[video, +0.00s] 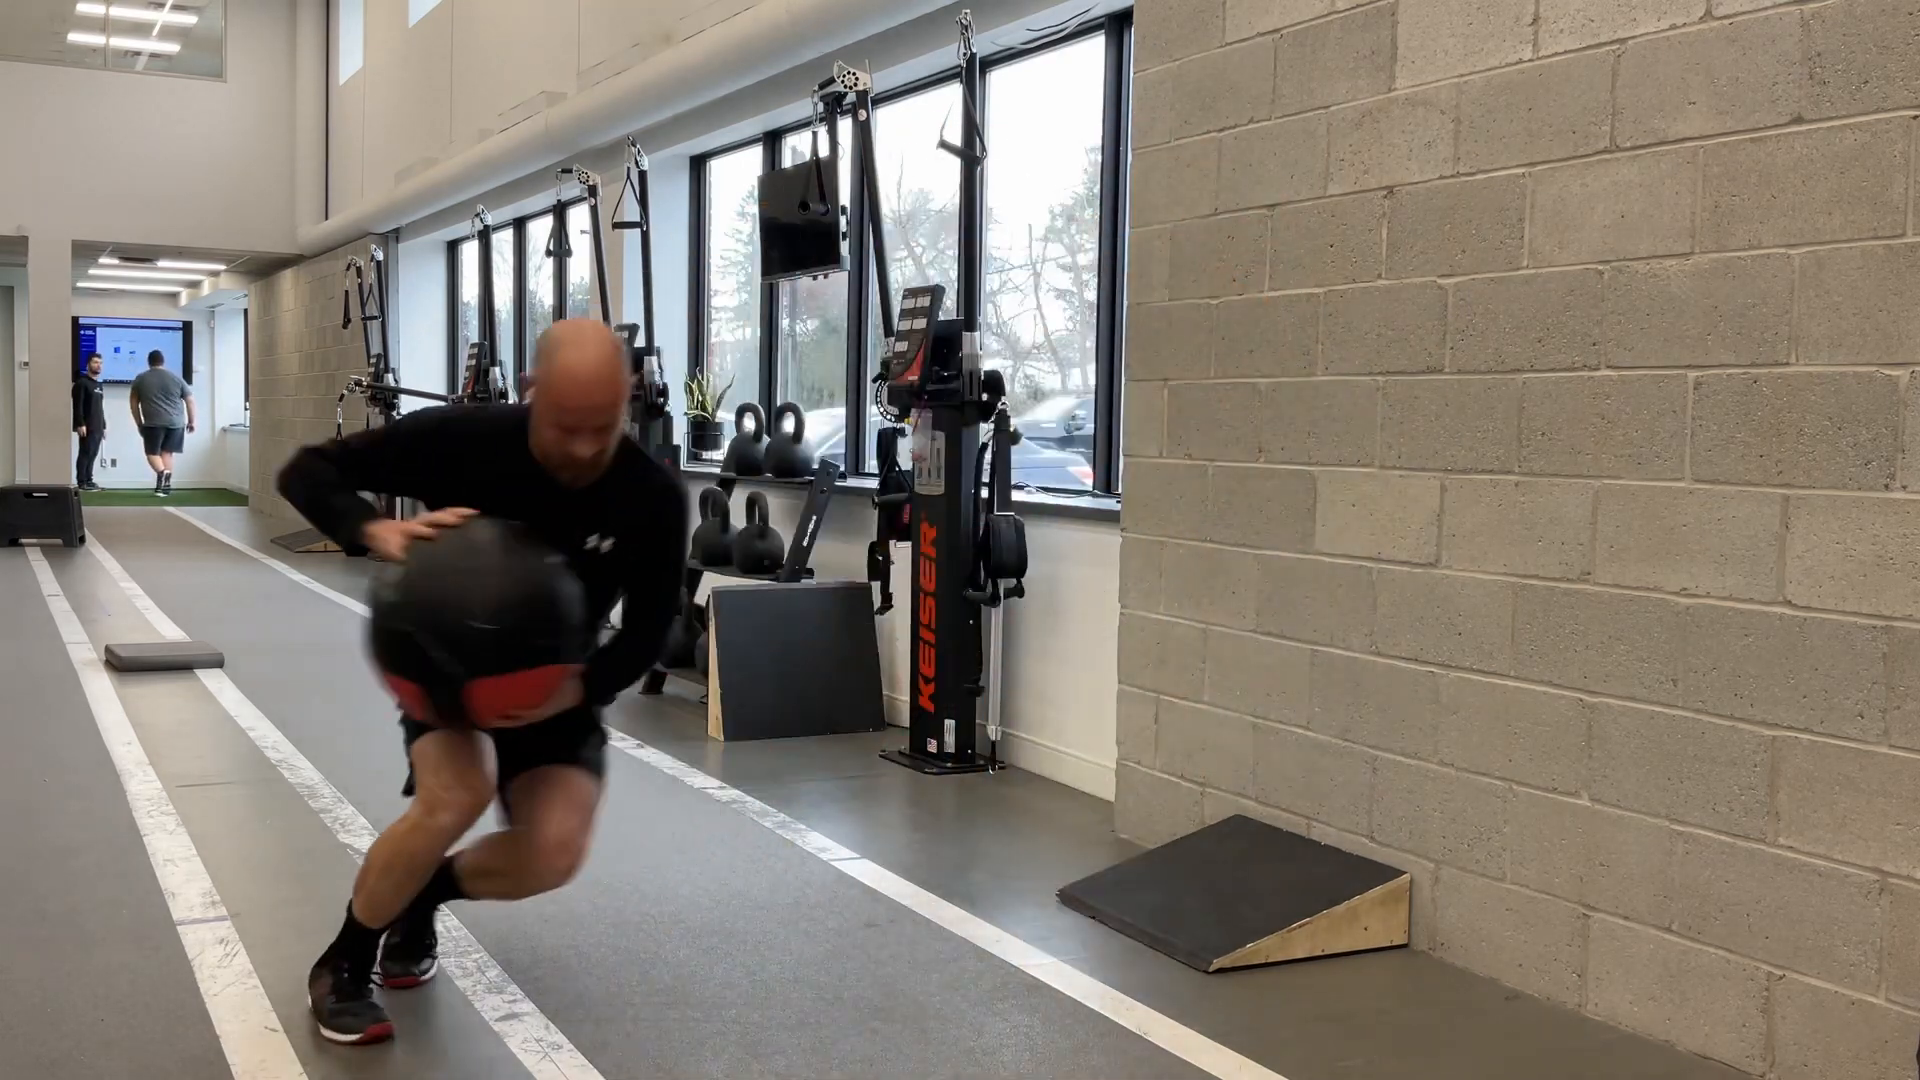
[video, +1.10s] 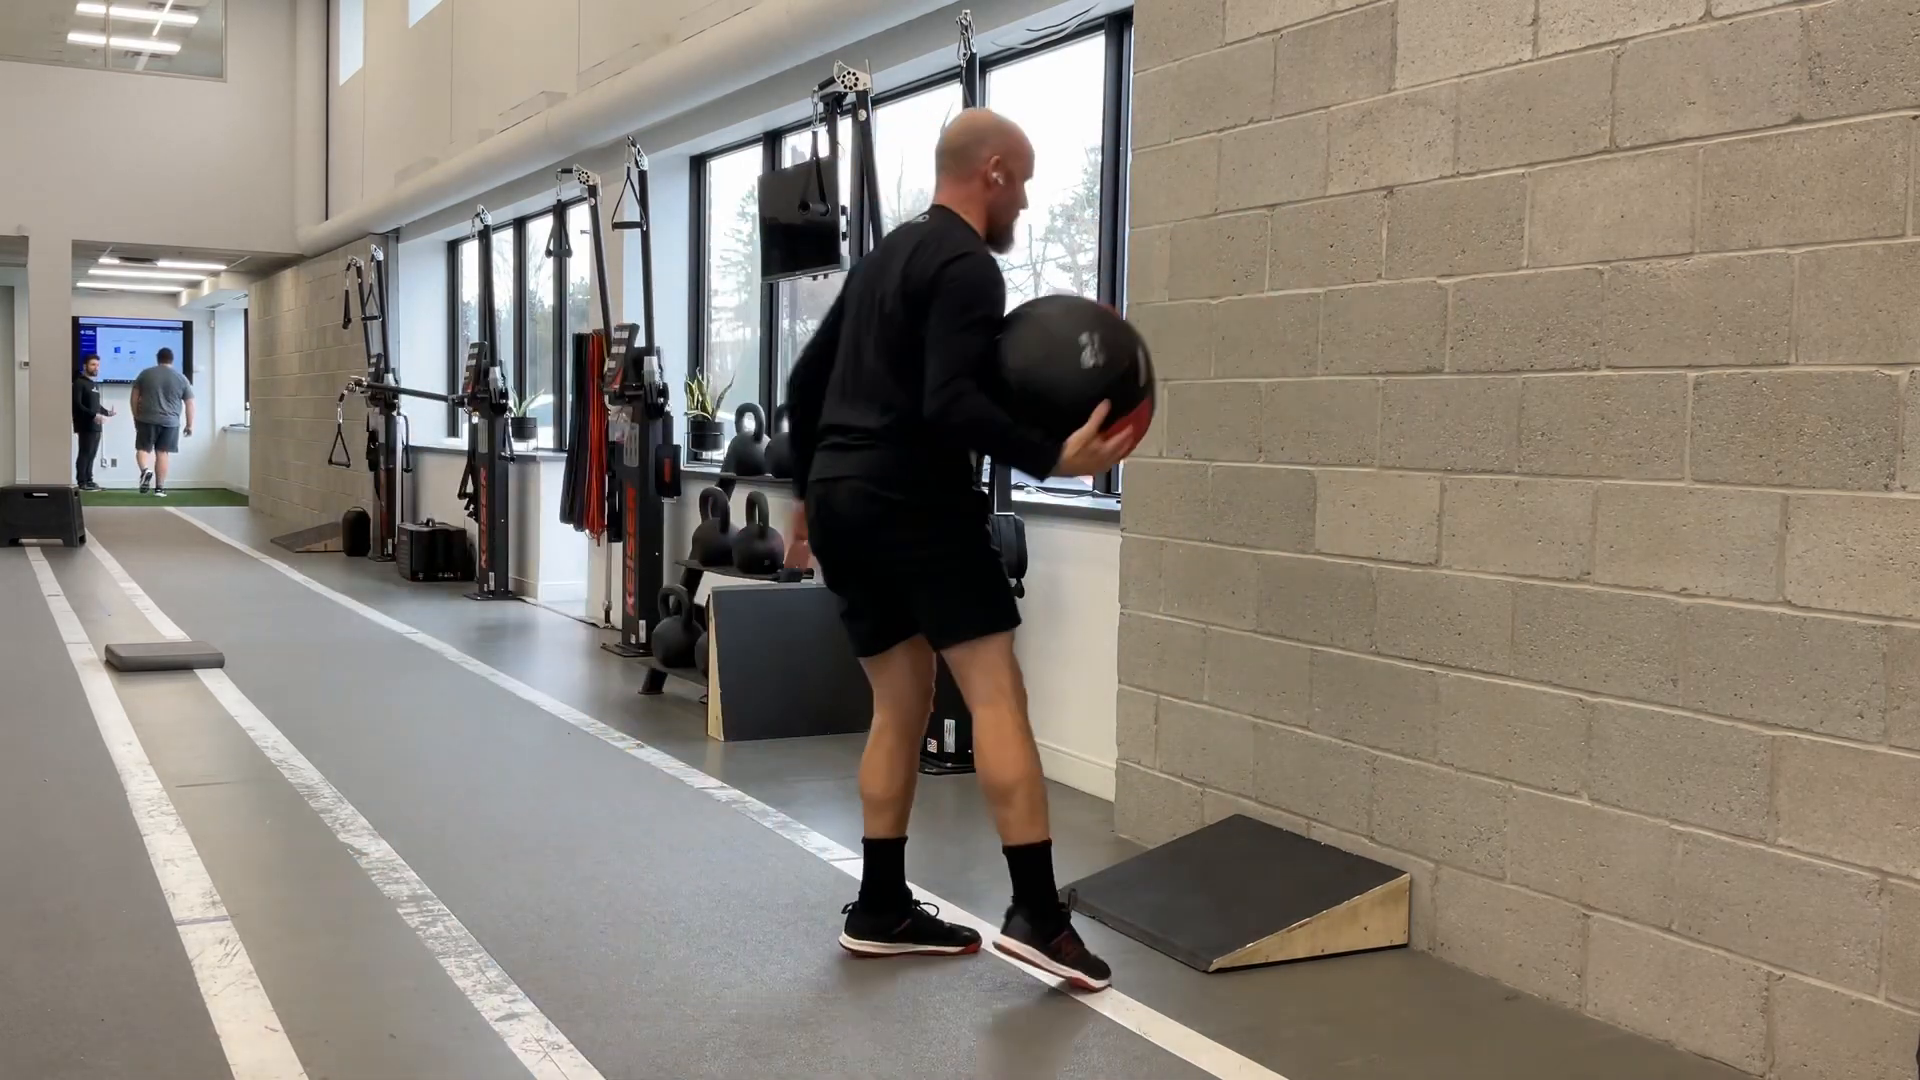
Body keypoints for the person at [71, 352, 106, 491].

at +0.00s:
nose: (98, 365)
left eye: (100, 363)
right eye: (95, 362)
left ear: (101, 365)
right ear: (88, 365)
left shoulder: (98, 385)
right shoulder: (81, 383)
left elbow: (99, 407)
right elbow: (78, 406)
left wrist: (103, 425)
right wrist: (80, 424)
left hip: (97, 425)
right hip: (87, 426)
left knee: (92, 454)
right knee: (85, 454)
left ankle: (89, 479)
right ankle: (82, 481)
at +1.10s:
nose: (96, 367)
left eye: (97, 365)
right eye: (93, 364)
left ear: (98, 367)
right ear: (86, 366)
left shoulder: (94, 384)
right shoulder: (79, 383)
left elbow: (95, 404)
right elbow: (78, 405)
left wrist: (107, 412)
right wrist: (93, 415)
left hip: (94, 423)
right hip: (84, 423)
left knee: (92, 453)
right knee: (85, 452)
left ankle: (89, 479)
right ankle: (82, 481)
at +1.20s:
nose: (94, 369)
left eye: (96, 366)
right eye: (92, 365)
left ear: (97, 367)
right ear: (85, 366)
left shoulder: (92, 384)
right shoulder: (79, 383)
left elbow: (91, 406)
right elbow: (79, 406)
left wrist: (104, 411)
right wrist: (98, 410)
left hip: (93, 425)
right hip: (84, 425)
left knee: (91, 454)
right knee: (84, 453)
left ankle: (88, 479)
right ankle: (82, 481)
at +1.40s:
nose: (94, 368)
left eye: (95, 365)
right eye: (91, 365)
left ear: (95, 367)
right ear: (83, 366)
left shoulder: (89, 383)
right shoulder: (78, 382)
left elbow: (88, 402)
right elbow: (79, 404)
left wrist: (100, 405)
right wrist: (98, 406)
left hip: (91, 424)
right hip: (82, 424)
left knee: (91, 452)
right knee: (83, 452)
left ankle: (89, 480)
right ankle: (82, 481)